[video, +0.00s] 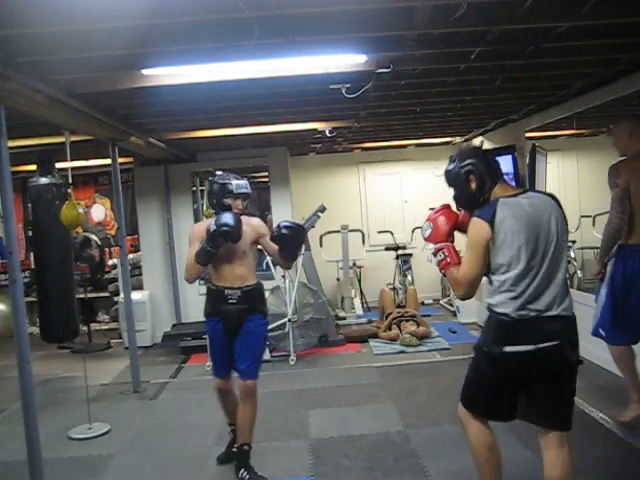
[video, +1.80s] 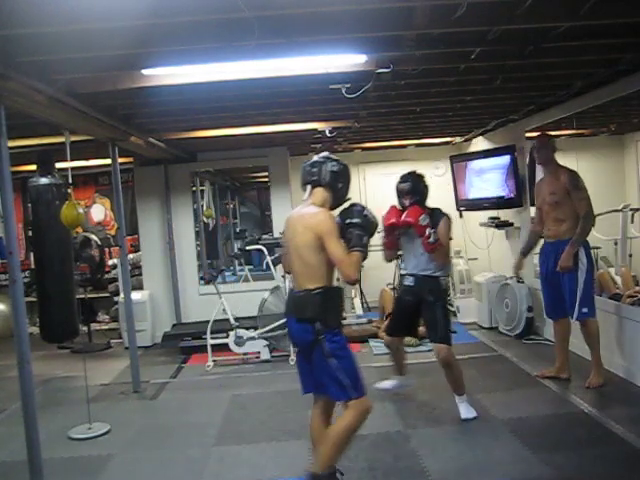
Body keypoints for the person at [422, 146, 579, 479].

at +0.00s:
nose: (457, 197)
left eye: (456, 188)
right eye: (454, 190)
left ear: (473, 179)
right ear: (495, 174)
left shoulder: (487, 218)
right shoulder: (551, 204)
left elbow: (463, 288)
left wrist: (441, 247)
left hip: (507, 339)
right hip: (559, 335)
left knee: (472, 412)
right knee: (554, 436)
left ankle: (492, 475)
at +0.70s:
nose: (478, 207)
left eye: (480, 200)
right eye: (475, 201)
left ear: (497, 194)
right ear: (501, 194)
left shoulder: (522, 227)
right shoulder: (508, 225)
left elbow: (502, 281)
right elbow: (498, 275)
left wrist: (475, 250)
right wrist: (475, 249)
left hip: (529, 317)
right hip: (524, 314)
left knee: (499, 399)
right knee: (538, 385)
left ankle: (516, 474)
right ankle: (577, 446)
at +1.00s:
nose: (455, 197)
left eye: (455, 190)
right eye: (452, 191)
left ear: (470, 187)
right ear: (476, 185)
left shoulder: (498, 207)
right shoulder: (482, 212)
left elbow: (470, 239)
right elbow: (463, 252)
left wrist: (431, 220)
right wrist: (444, 228)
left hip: (515, 294)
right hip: (500, 293)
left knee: (495, 373)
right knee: (509, 363)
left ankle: (518, 436)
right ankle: (552, 409)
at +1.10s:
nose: (447, 201)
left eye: (448, 195)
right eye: (445, 196)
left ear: (462, 189)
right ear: (469, 187)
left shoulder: (491, 212)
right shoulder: (470, 215)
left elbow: (475, 254)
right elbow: (459, 253)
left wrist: (446, 229)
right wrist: (437, 231)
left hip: (505, 294)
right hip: (489, 293)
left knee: (488, 373)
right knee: (492, 357)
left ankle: (517, 435)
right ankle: (523, 402)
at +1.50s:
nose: (427, 195)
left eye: (431, 189)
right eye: (424, 190)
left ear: (447, 187)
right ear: (424, 191)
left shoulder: (467, 213)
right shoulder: (430, 211)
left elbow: (467, 256)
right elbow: (419, 247)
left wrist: (446, 228)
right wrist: (414, 225)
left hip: (463, 280)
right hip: (440, 280)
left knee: (460, 351)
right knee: (449, 346)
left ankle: (484, 406)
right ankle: (481, 393)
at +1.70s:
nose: (413, 194)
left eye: (417, 188)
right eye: (410, 189)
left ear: (431, 187)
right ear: (408, 191)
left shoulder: (450, 213)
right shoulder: (410, 213)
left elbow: (454, 254)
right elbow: (400, 250)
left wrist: (433, 228)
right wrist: (400, 226)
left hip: (445, 282)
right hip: (420, 282)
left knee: (450, 351)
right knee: (407, 338)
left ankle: (463, 398)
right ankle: (440, 371)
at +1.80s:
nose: (403, 200)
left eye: (408, 194)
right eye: (400, 195)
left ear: (421, 193)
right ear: (398, 197)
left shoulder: (438, 218)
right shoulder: (398, 218)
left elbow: (442, 259)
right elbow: (389, 257)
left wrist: (425, 232)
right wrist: (391, 233)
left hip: (433, 286)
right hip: (407, 286)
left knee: (444, 355)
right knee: (392, 337)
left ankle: (461, 400)